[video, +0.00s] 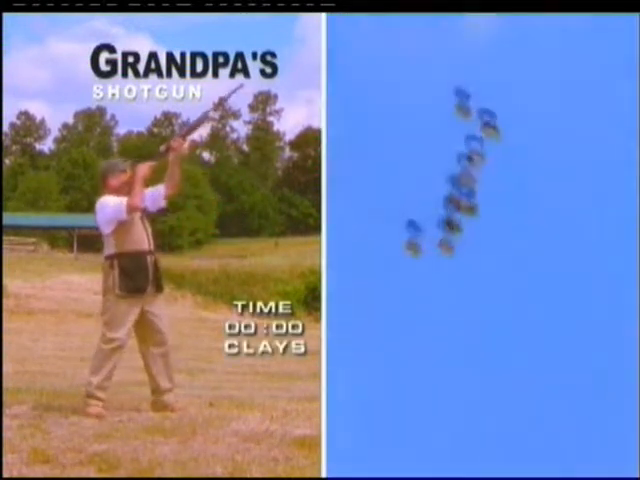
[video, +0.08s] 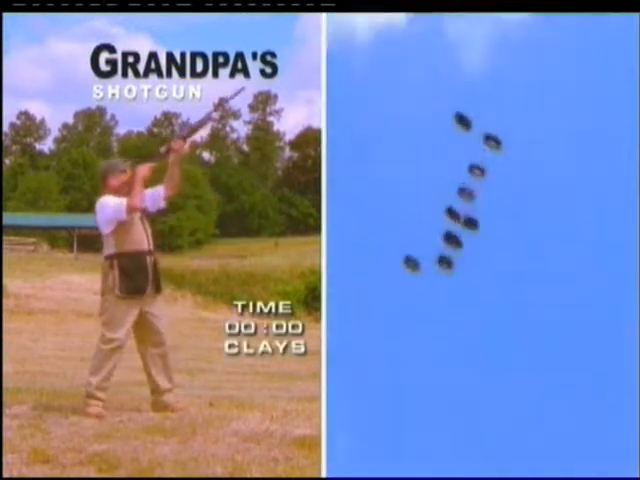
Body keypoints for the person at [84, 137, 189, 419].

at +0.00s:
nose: (129, 177)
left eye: (129, 173)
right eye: (122, 173)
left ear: (128, 178)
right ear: (109, 181)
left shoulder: (136, 198)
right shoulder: (105, 204)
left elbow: (169, 189)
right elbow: (134, 206)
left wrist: (175, 158)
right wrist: (140, 176)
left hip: (146, 268)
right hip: (120, 270)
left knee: (156, 338)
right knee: (113, 338)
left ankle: (163, 395)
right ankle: (95, 398)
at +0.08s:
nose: (128, 177)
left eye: (128, 173)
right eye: (121, 173)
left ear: (128, 178)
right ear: (109, 181)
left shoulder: (136, 198)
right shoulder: (105, 204)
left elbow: (169, 190)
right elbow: (133, 206)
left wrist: (175, 159)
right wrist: (140, 177)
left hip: (145, 269)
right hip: (120, 272)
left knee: (155, 339)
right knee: (112, 339)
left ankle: (162, 395)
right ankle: (95, 398)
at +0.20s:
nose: (130, 179)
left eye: (130, 175)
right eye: (123, 175)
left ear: (130, 180)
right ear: (109, 182)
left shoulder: (136, 199)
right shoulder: (105, 204)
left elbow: (170, 194)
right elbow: (134, 208)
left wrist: (176, 161)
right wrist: (140, 179)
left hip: (144, 269)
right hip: (119, 272)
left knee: (154, 339)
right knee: (111, 339)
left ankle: (162, 395)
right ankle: (95, 398)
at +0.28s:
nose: (130, 182)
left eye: (130, 177)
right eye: (124, 178)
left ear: (128, 181)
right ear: (111, 183)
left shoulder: (135, 201)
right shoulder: (104, 205)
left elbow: (169, 196)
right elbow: (131, 212)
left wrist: (176, 165)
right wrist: (140, 182)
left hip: (144, 270)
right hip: (118, 272)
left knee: (154, 338)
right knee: (112, 340)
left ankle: (162, 396)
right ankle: (95, 398)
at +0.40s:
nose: (130, 182)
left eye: (130, 178)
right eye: (124, 177)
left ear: (128, 182)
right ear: (111, 182)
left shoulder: (134, 200)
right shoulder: (103, 204)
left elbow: (169, 198)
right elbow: (129, 211)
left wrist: (178, 168)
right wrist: (140, 182)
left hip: (143, 268)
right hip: (118, 271)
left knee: (153, 338)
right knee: (112, 340)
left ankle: (162, 395)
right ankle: (94, 399)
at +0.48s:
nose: (132, 182)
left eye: (132, 178)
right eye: (126, 177)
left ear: (127, 182)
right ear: (112, 182)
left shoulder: (135, 201)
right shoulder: (103, 203)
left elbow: (170, 199)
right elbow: (130, 211)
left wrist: (178, 168)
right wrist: (141, 182)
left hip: (143, 267)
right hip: (118, 270)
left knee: (152, 337)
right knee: (111, 339)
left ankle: (162, 395)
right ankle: (94, 399)